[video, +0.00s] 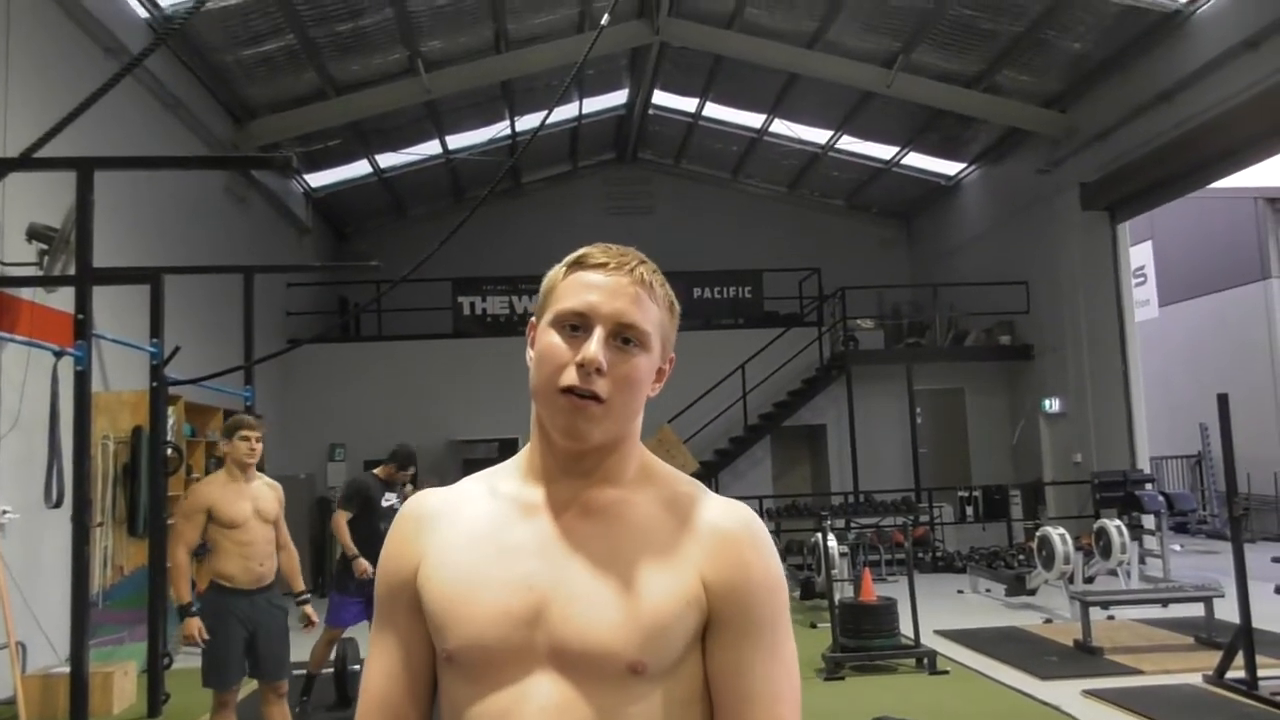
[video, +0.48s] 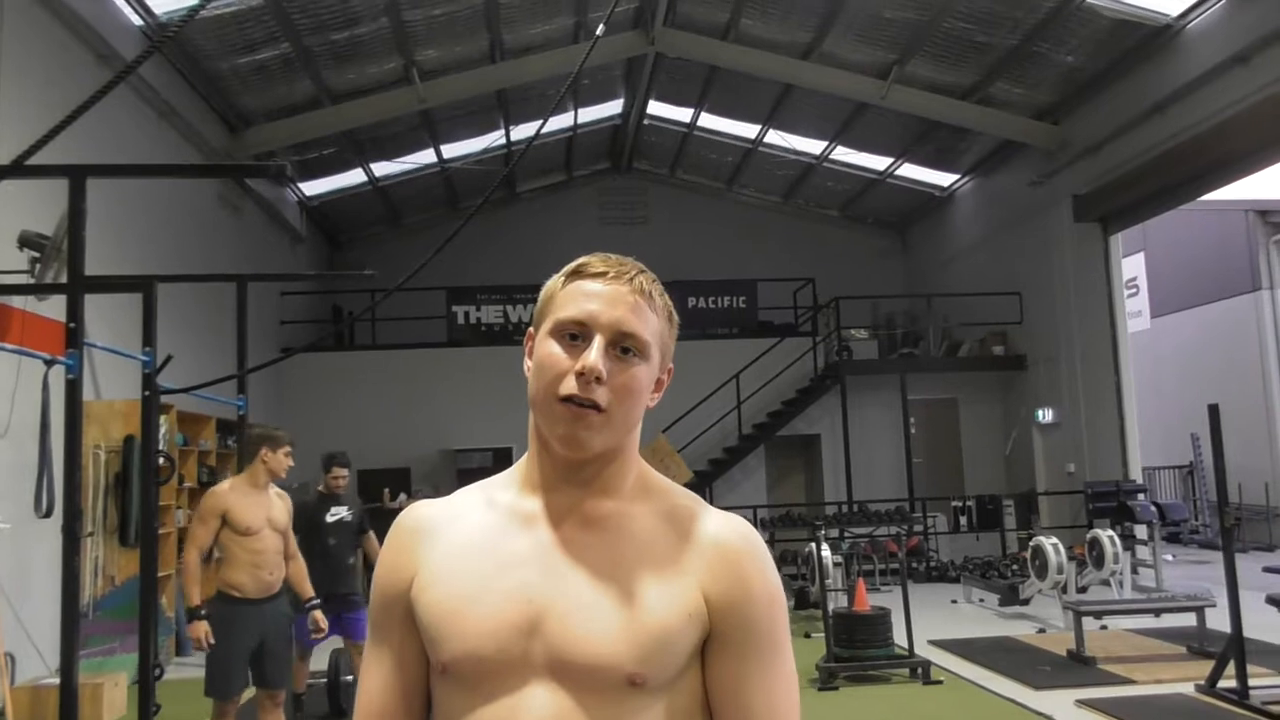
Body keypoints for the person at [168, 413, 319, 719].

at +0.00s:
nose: (253, 446)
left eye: (258, 441)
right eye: (245, 440)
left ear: (263, 446)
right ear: (225, 446)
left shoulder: (273, 489)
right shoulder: (204, 492)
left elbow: (285, 547)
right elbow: (179, 550)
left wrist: (303, 599)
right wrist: (187, 612)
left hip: (269, 601)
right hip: (224, 604)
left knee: (278, 690)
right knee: (226, 700)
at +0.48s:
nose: (291, 463)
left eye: (291, 456)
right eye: (286, 455)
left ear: (268, 456)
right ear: (265, 455)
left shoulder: (283, 499)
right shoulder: (220, 496)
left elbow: (292, 556)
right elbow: (192, 553)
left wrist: (313, 605)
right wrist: (195, 614)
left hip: (276, 609)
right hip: (232, 612)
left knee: (275, 699)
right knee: (228, 703)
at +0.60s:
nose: (296, 466)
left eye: (297, 459)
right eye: (291, 458)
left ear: (273, 459)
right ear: (269, 457)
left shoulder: (287, 502)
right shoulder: (227, 497)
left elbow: (296, 559)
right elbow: (197, 554)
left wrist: (316, 608)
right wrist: (201, 616)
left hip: (279, 611)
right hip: (236, 614)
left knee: (274, 701)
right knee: (228, 705)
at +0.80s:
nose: (307, 471)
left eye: (309, 465)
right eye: (302, 463)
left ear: (283, 464)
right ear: (279, 462)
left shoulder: (298, 506)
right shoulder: (240, 500)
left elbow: (305, 565)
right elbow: (203, 551)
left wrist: (318, 618)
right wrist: (217, 609)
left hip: (290, 613)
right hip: (248, 615)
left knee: (279, 703)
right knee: (233, 707)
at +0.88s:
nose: (312, 473)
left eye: (314, 467)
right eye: (307, 465)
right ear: (284, 463)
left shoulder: (303, 508)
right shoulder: (248, 501)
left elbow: (309, 568)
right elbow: (204, 549)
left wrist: (321, 621)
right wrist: (224, 604)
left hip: (297, 617)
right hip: (255, 620)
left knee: (282, 704)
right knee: (238, 708)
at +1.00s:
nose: (321, 476)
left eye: (323, 470)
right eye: (315, 468)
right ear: (292, 465)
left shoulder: (311, 512)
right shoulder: (257, 502)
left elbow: (316, 570)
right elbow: (214, 550)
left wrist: (326, 624)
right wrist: (233, 605)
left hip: (304, 620)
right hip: (262, 621)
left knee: (288, 704)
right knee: (251, 709)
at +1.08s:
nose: (325, 478)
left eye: (327, 472)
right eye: (320, 469)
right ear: (297, 466)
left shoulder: (317, 513)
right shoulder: (262, 503)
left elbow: (321, 571)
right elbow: (218, 550)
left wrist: (330, 625)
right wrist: (236, 604)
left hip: (309, 619)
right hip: (268, 620)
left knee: (293, 704)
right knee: (264, 709)